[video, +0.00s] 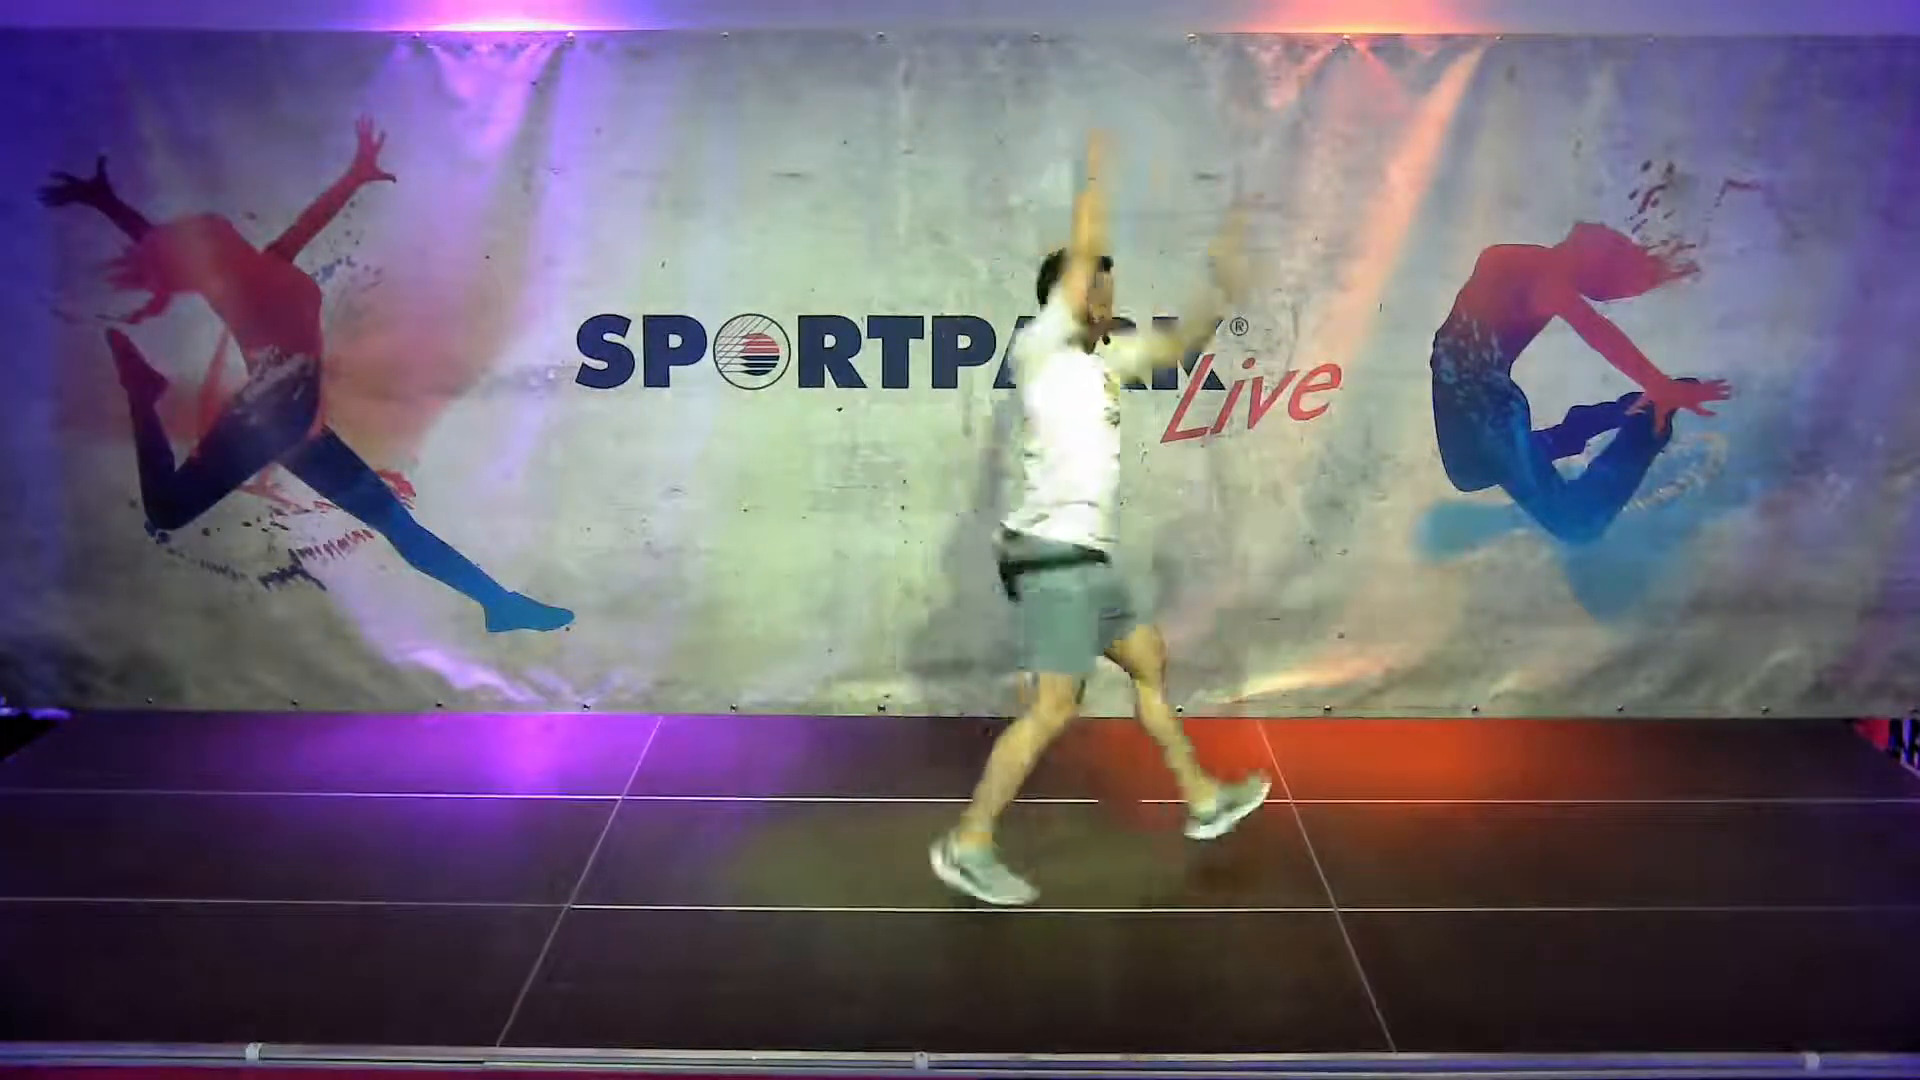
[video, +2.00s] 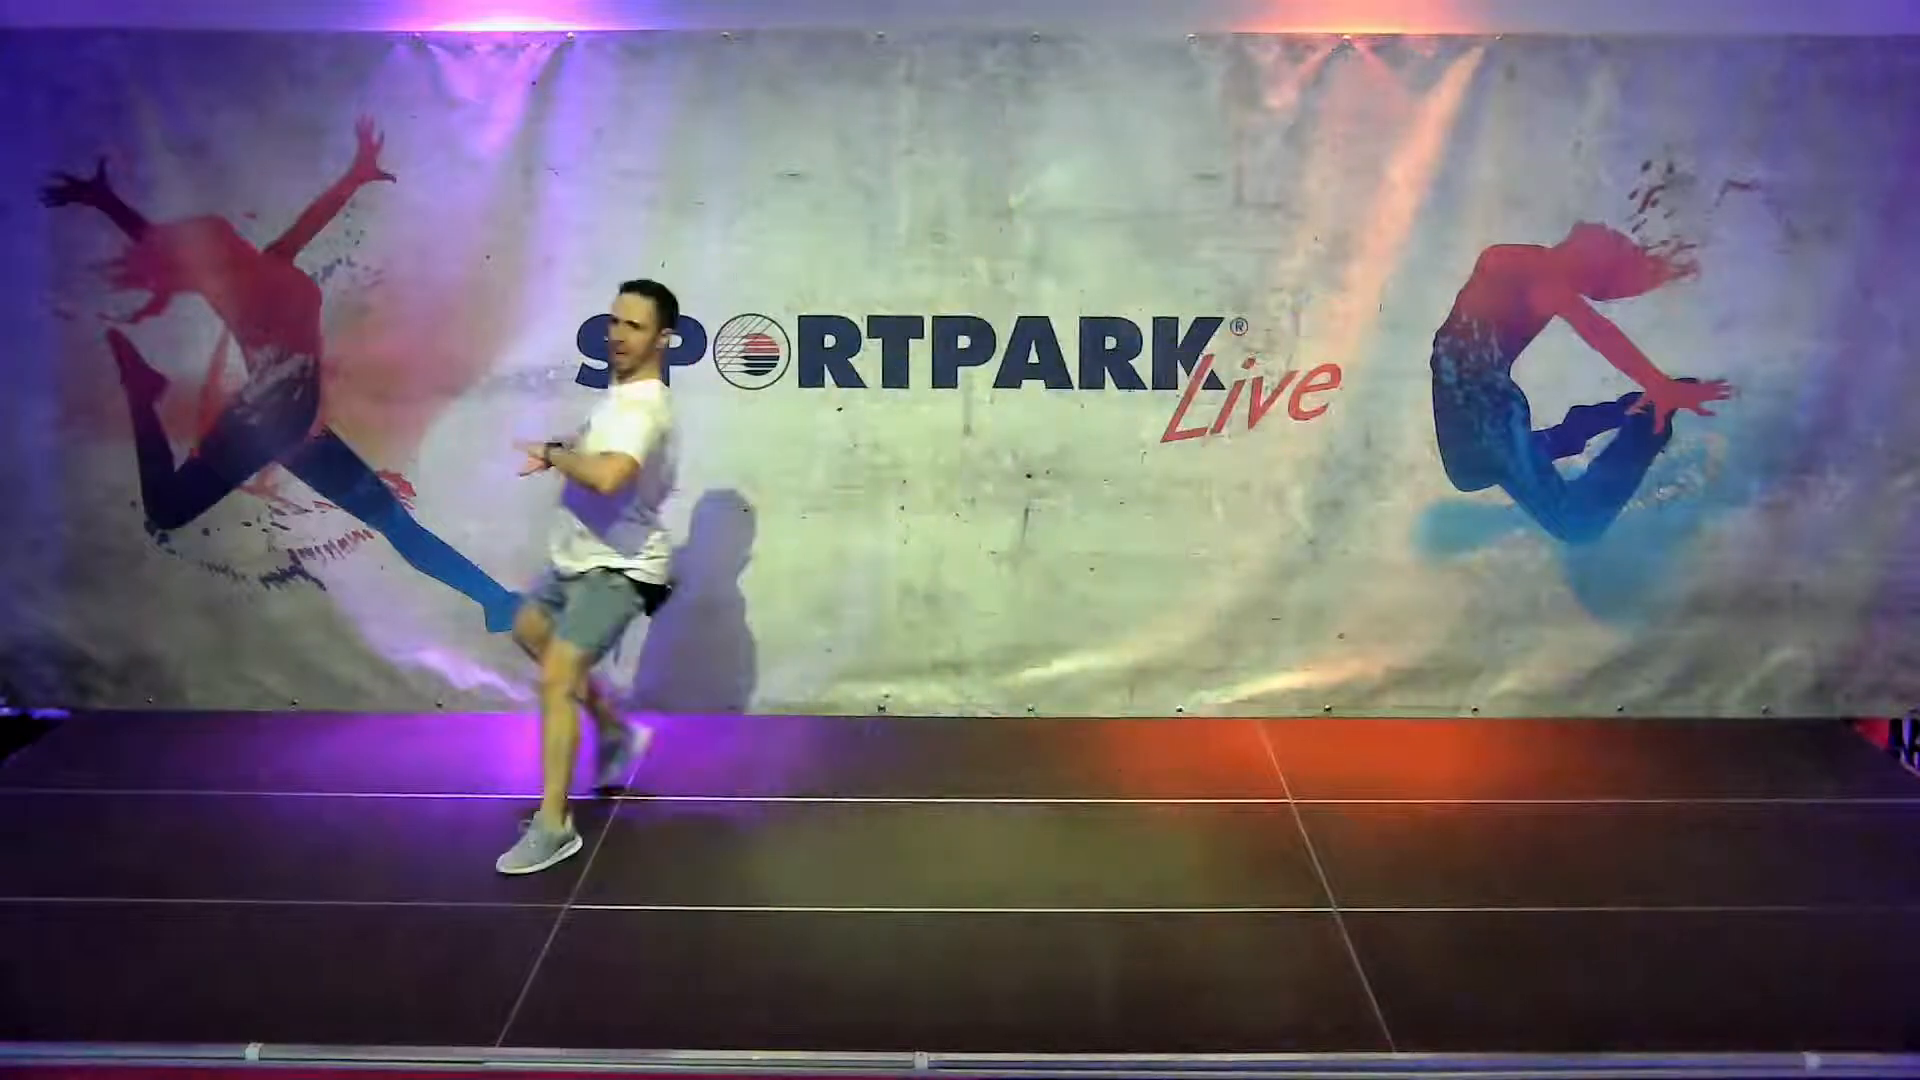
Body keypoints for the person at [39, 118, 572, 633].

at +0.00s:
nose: (182, 280)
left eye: (179, 261)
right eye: (177, 261)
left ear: (204, 250)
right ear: (198, 249)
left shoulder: (264, 268)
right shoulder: (229, 274)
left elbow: (308, 223)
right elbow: (159, 244)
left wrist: (358, 175)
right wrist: (105, 202)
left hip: (298, 426)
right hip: (264, 419)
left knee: (388, 515)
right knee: (166, 511)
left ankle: (500, 602)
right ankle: (143, 396)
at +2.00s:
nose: (219, 245)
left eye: (214, 237)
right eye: (206, 245)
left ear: (224, 240)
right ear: (198, 261)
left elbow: (313, 218)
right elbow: (157, 246)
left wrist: (358, 174)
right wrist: (100, 197)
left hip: (299, 427)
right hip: (257, 426)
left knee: (395, 521)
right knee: (166, 508)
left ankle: (508, 609)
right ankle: (141, 393)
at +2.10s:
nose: (171, 288)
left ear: (210, 249)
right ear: (210, 247)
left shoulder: (268, 266)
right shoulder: (233, 279)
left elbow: (312, 219)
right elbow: (156, 244)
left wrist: (359, 173)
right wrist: (102, 198)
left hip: (294, 425)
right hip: (262, 423)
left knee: (389, 515)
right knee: (167, 513)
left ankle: (497, 598)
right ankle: (140, 393)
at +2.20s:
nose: (176, 292)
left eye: (177, 274)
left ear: (213, 250)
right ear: (214, 247)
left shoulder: (268, 265)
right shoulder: (237, 280)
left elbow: (311, 220)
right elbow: (158, 247)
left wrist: (358, 174)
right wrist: (104, 199)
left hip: (296, 425)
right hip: (263, 423)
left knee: (391, 517)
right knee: (167, 513)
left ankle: (497, 598)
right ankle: (141, 395)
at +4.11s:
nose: (178, 295)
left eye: (178, 274)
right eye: (169, 281)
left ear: (199, 254)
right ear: (208, 245)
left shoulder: (257, 272)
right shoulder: (252, 278)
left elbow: (305, 223)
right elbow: (159, 242)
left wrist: (356, 175)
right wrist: (103, 199)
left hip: (297, 426)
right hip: (265, 422)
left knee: (390, 516)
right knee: (167, 511)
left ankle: (500, 602)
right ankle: (140, 392)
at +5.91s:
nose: (177, 289)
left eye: (177, 268)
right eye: (174, 271)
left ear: (203, 253)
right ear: (205, 249)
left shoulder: (262, 270)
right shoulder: (241, 279)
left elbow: (307, 223)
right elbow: (157, 244)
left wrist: (358, 175)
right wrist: (105, 203)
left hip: (300, 428)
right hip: (262, 422)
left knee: (390, 517)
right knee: (166, 512)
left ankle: (500, 602)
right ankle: (141, 398)